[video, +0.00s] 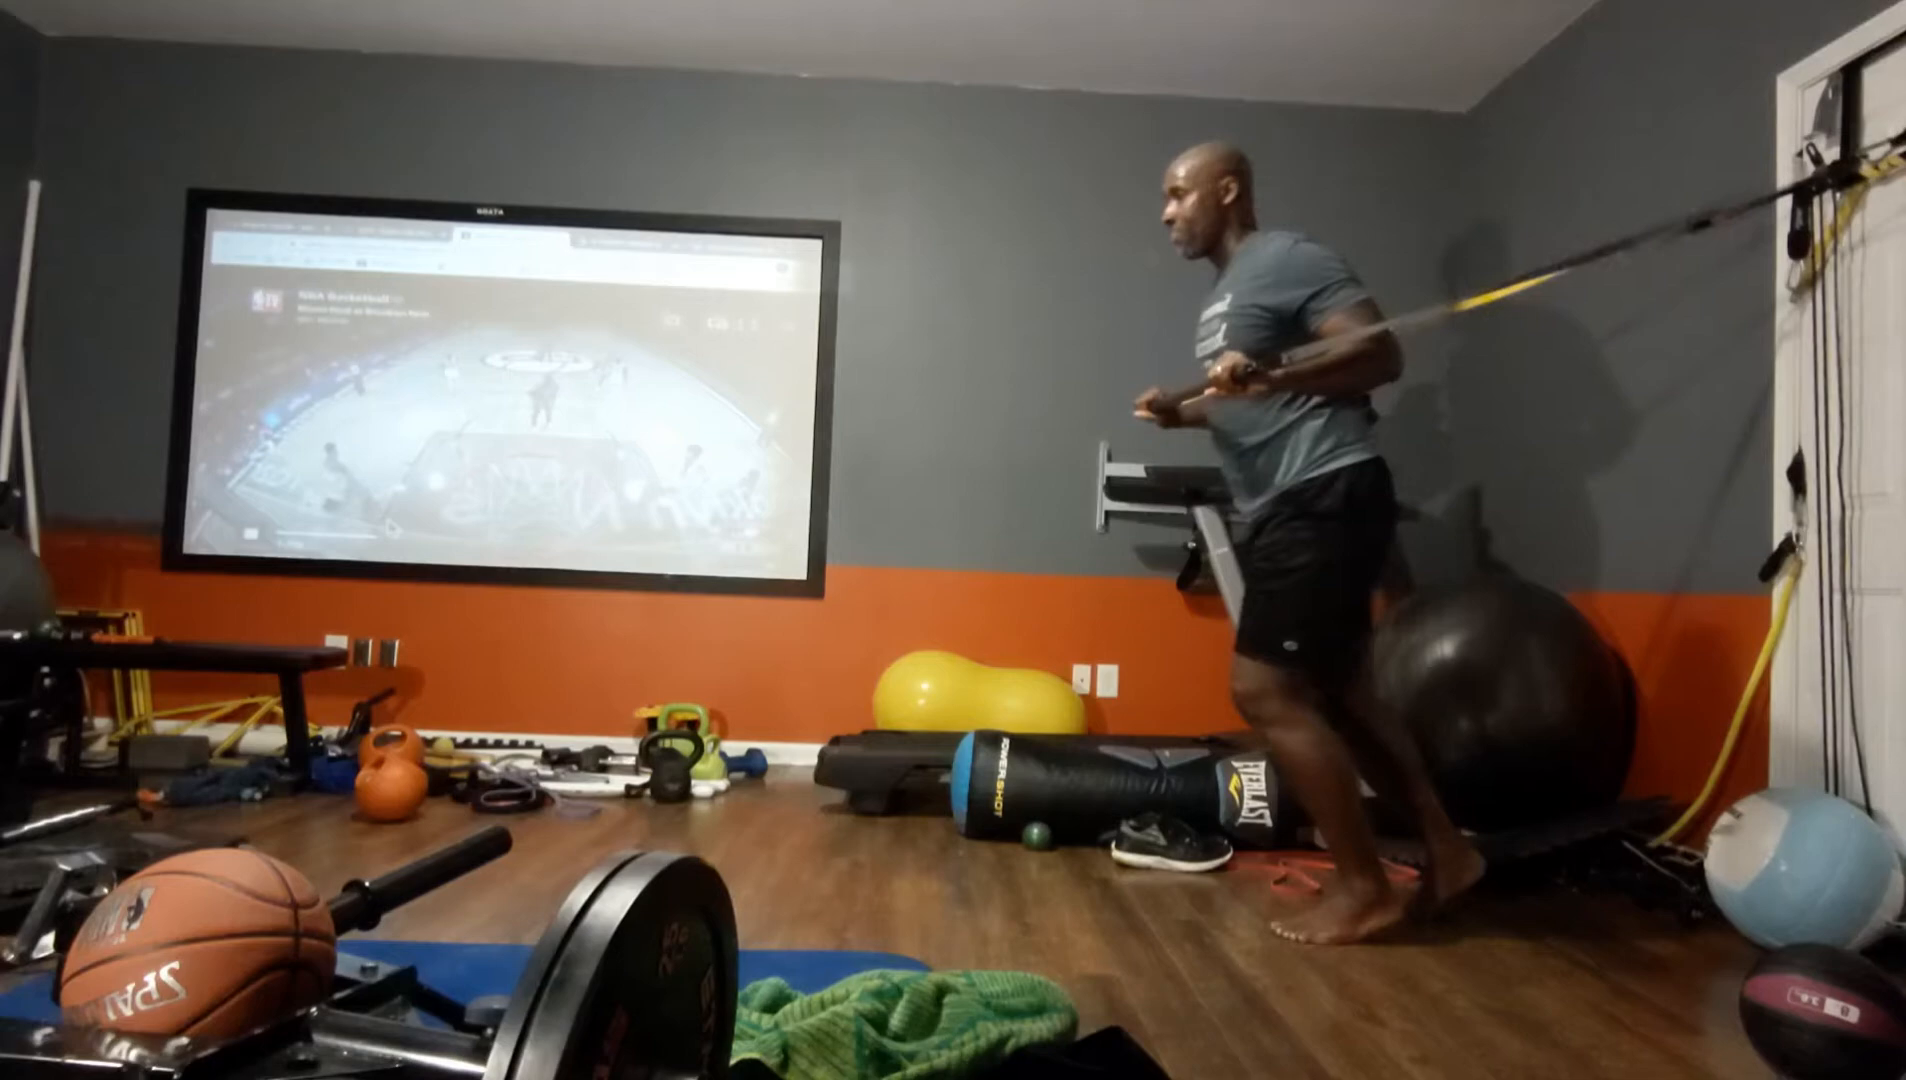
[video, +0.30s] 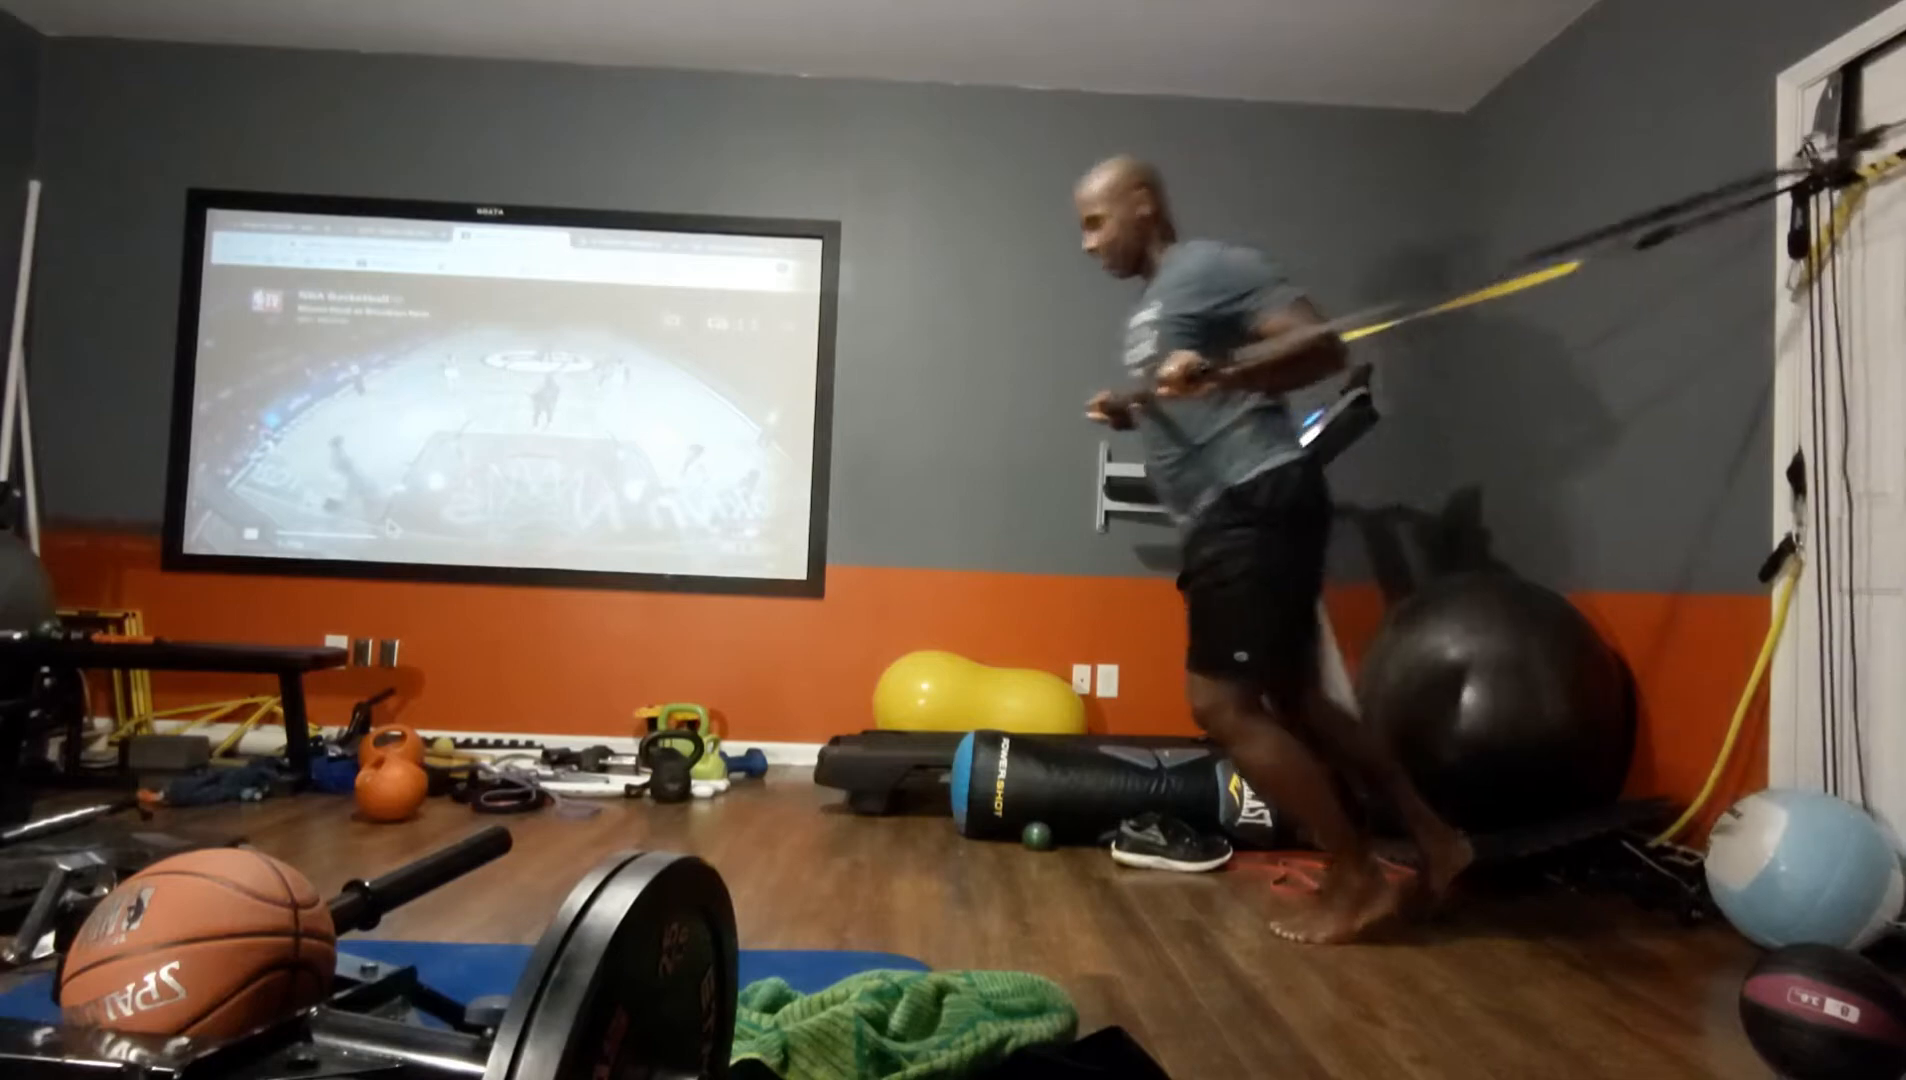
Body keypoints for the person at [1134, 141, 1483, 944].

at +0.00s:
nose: (1166, 211)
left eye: (1178, 194)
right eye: (1165, 198)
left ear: (1229, 193)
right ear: (1210, 203)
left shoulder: (1289, 259)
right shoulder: (1218, 303)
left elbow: (1379, 353)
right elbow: (1253, 403)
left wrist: (1275, 375)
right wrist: (1184, 408)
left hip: (1327, 494)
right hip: (1289, 503)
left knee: (1266, 689)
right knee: (1340, 686)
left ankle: (1362, 884)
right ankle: (1446, 848)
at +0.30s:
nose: (1087, 242)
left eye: (1094, 221)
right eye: (1083, 228)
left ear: (1146, 208)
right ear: (1128, 220)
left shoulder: (1209, 265)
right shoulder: (1149, 308)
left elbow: (1320, 345)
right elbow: (1190, 397)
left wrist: (1221, 374)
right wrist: (1131, 408)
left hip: (1261, 500)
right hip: (1236, 508)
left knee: (1225, 707)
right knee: (1294, 701)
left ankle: (1354, 880)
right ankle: (1436, 840)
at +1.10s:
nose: (731, 390)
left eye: (732, 369)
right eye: (721, 380)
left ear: (766, 340)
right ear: (780, 353)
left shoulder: (841, 361)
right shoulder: (832, 397)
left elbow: (696, 336)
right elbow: (704, 367)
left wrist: (570, 296)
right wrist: (608, 325)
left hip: (1009, 554)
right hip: (952, 564)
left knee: (1096, 746)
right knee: (825, 671)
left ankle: (1291, 860)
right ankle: (860, 865)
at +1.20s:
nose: (743, 371)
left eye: (743, 350)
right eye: (738, 360)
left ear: (771, 330)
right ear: (792, 335)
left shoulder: (845, 357)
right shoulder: (842, 388)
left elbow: (702, 331)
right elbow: (724, 375)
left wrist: (577, 296)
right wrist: (626, 327)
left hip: (1010, 555)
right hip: (957, 561)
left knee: (1097, 747)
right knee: (827, 671)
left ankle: (1290, 857)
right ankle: (859, 868)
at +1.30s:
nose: (762, 346)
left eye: (762, 328)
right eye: (758, 337)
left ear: (790, 313)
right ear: (802, 321)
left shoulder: (869, 345)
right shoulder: (843, 388)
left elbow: (732, 321)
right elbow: (744, 366)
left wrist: (601, 290)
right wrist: (656, 331)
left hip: (1025, 549)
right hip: (965, 561)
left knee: (1103, 747)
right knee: (840, 669)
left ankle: (1294, 856)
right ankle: (861, 867)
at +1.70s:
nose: (977, 251)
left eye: (986, 230)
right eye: (972, 237)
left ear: (1036, 214)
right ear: (1008, 230)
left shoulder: (1091, 266)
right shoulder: (1035, 317)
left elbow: (1105, 346)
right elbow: (1031, 412)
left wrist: (968, 350)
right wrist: (936, 400)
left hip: (1172, 510)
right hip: (1103, 527)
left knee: (1212, 719)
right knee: (1009, 674)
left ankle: (1344, 877)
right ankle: (935, 862)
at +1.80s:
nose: (1013, 235)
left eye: (1025, 216)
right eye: (1010, 221)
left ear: (1076, 206)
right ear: (1062, 215)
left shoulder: (1132, 262)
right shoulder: (1091, 317)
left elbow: (1182, 351)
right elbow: (1095, 422)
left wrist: (1057, 367)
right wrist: (1010, 418)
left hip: (1216, 504)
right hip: (1144, 520)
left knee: (1231, 718)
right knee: (1050, 659)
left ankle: (1351, 881)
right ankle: (1048, 858)